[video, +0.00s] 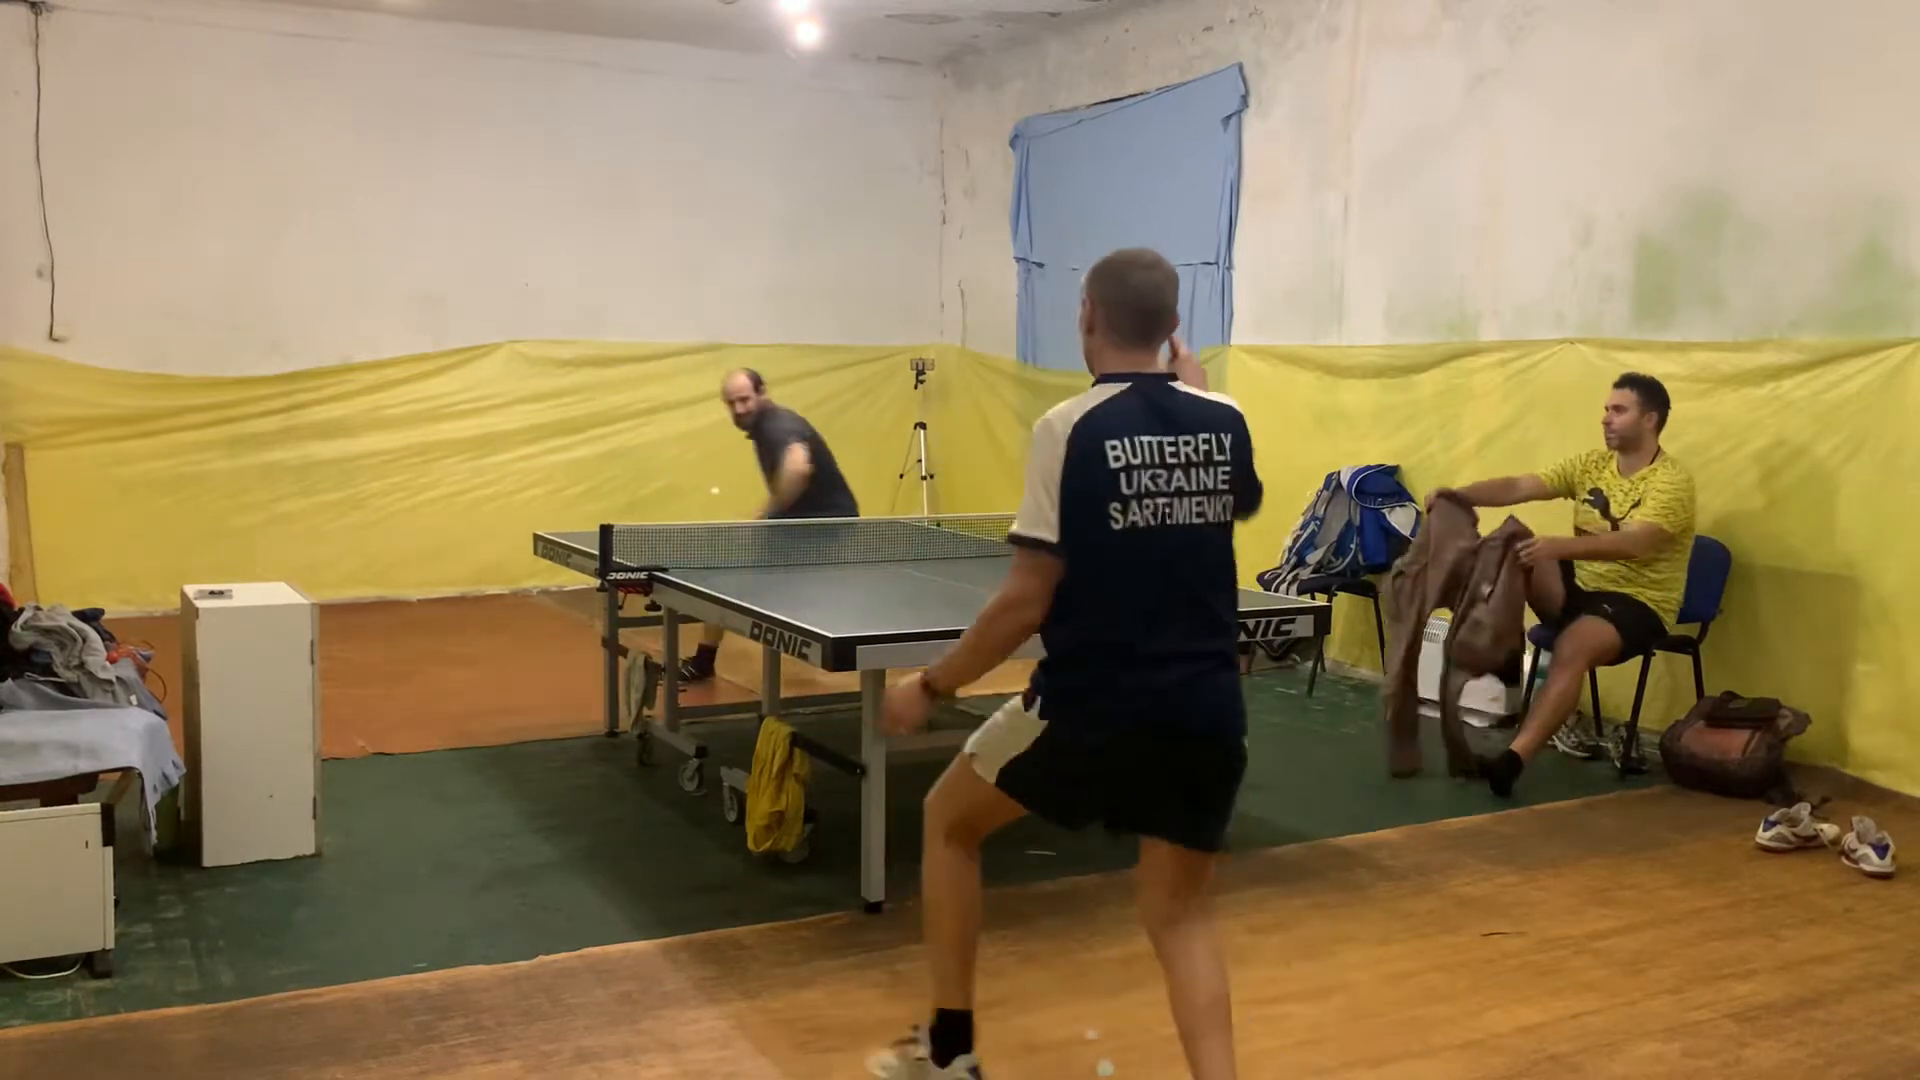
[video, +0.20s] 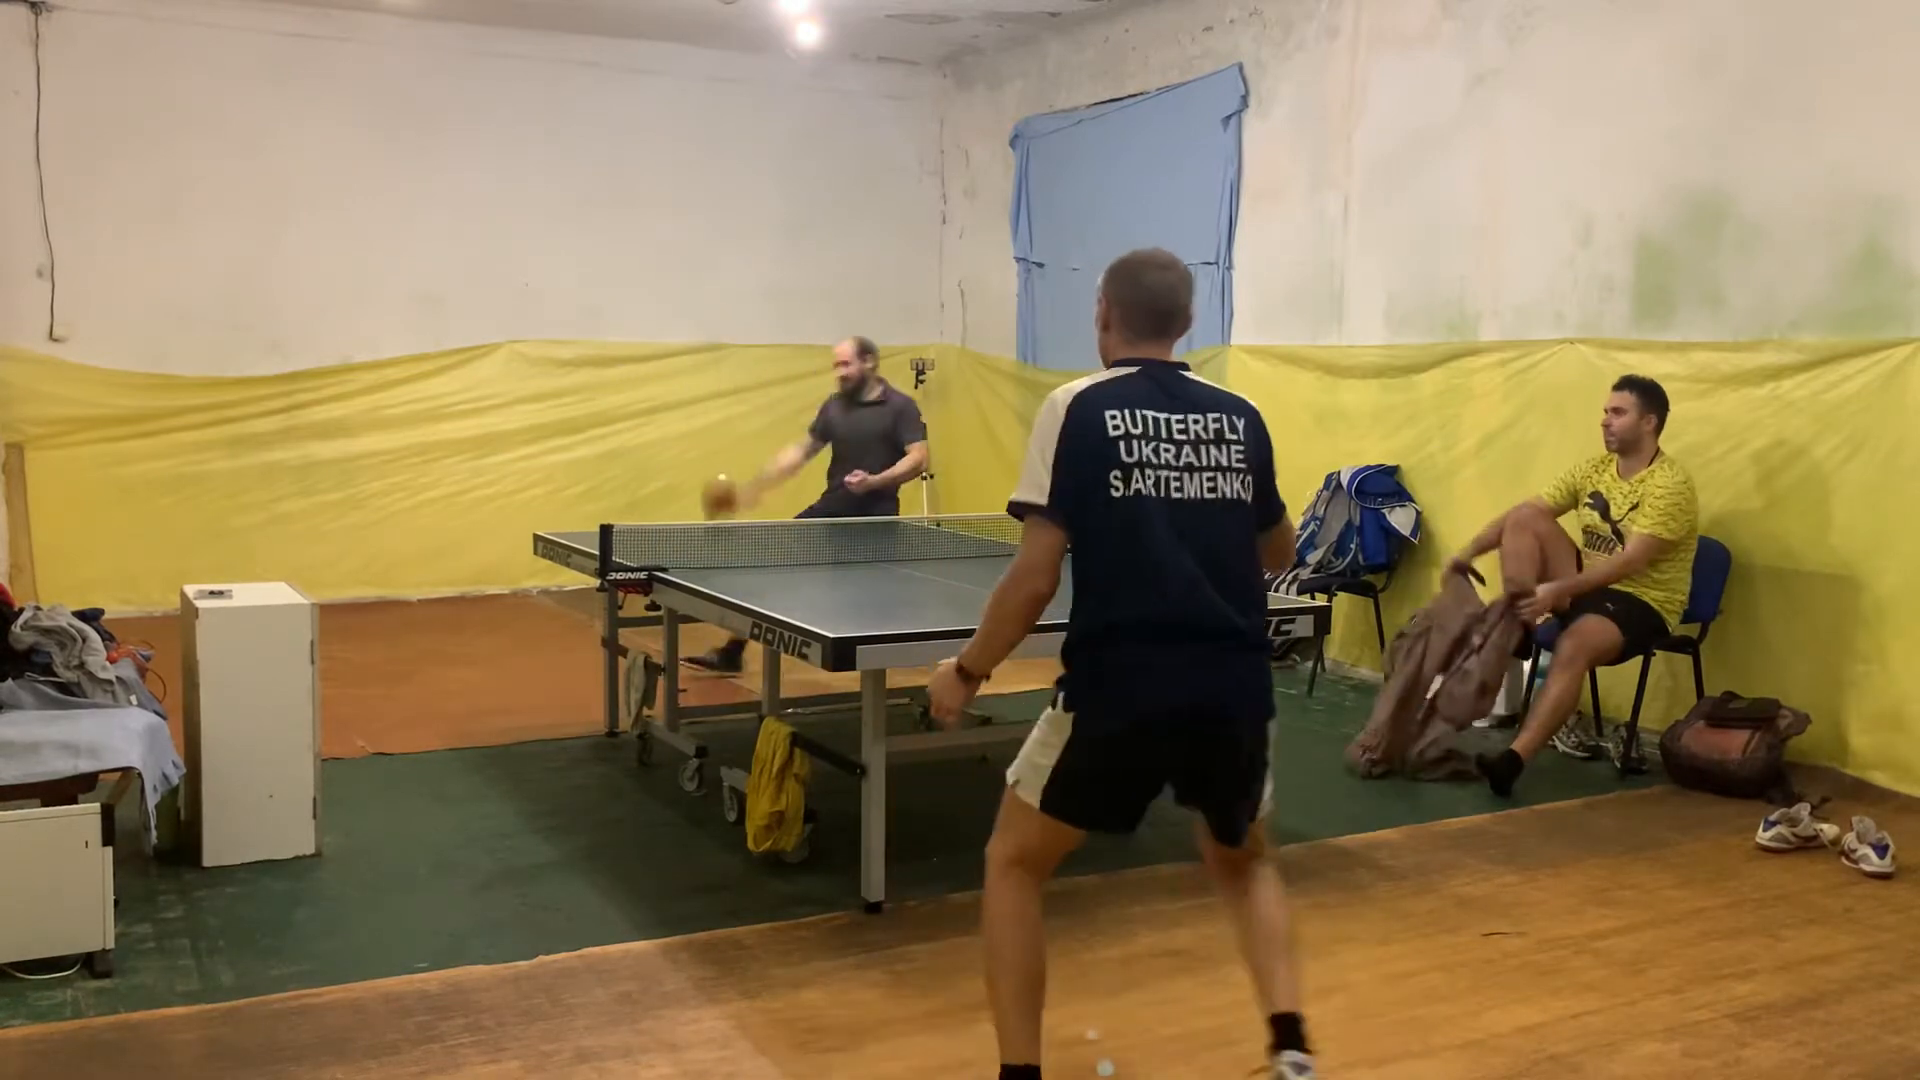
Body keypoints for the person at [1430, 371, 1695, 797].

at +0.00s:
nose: (1606, 419)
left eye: (1618, 411)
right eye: (1606, 410)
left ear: (1652, 420)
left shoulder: (1672, 481)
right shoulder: (1592, 464)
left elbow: (1640, 541)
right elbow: (1520, 487)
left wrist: (1555, 547)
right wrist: (1460, 494)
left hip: (1639, 603)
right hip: (1580, 591)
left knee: (1572, 645)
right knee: (1513, 543)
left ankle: (1512, 762)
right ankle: (1504, 654)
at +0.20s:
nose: (1606, 421)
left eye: (1617, 413)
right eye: (1605, 412)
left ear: (1651, 423)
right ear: (1605, 415)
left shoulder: (1671, 485)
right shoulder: (1597, 470)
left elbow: (1631, 561)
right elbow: (1529, 511)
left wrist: (1562, 589)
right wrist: (1469, 553)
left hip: (1644, 600)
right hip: (1593, 585)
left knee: (1573, 646)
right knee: (1523, 521)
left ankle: (1514, 760)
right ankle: (1520, 625)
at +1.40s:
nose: (1611, 420)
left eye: (1623, 412)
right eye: (1611, 412)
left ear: (1656, 422)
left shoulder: (1678, 482)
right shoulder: (1603, 473)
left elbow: (1656, 561)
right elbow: (1555, 529)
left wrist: (1581, 587)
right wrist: (1497, 574)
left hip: (1647, 601)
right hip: (1591, 584)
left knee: (1575, 645)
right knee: (1514, 528)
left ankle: (1515, 759)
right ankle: (1474, 661)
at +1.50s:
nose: (1613, 421)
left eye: (1625, 413)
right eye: (1613, 412)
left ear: (1658, 422)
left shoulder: (1680, 483)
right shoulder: (1604, 474)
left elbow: (1660, 560)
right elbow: (1551, 530)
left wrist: (1581, 575)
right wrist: (1493, 567)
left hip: (1648, 601)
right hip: (1592, 585)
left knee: (1575, 643)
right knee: (1513, 533)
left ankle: (1515, 759)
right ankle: (1464, 657)